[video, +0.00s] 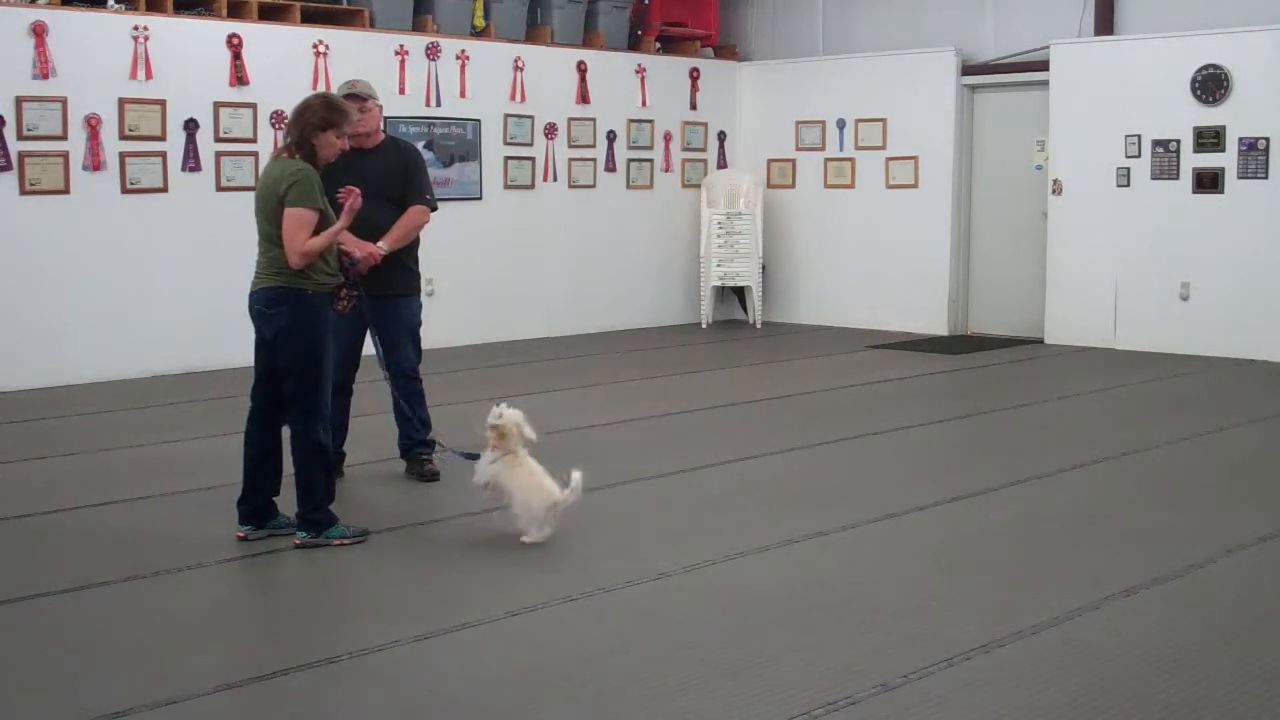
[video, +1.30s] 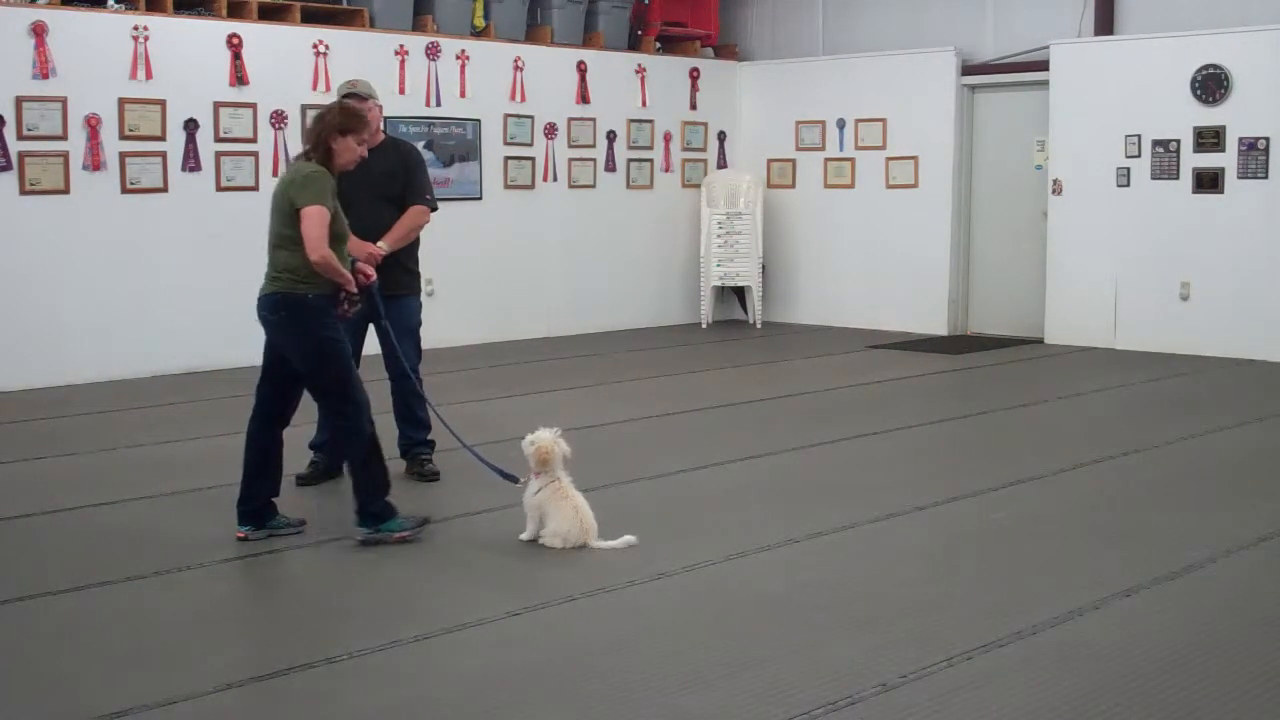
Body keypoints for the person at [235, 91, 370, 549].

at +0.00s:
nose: (344, 147)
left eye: (346, 139)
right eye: (340, 138)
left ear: (312, 133)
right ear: (316, 132)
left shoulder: (277, 170)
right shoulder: (302, 176)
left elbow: (293, 238)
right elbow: (297, 253)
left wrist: (339, 219)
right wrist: (341, 224)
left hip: (272, 299)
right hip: (299, 302)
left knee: (266, 409)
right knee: (311, 412)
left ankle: (256, 514)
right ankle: (316, 519)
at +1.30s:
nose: (363, 154)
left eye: (364, 146)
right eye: (358, 144)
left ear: (331, 140)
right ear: (335, 138)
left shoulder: (307, 177)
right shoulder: (314, 179)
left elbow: (331, 236)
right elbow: (317, 253)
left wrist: (356, 257)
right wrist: (348, 280)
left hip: (287, 306)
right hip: (303, 307)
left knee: (270, 414)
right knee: (351, 405)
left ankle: (256, 515)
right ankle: (375, 515)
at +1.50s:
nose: (414, 173)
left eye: (417, 166)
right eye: (411, 164)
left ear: (384, 153)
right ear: (388, 153)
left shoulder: (340, 181)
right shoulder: (367, 190)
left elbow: (332, 249)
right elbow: (363, 269)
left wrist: (375, 275)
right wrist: (377, 290)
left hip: (297, 306)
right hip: (329, 310)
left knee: (281, 413)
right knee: (373, 412)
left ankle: (256, 515)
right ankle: (391, 518)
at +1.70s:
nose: (465, 195)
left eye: (469, 188)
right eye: (464, 185)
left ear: (437, 171)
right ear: (444, 175)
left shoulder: (387, 187)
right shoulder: (413, 202)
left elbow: (362, 248)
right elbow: (402, 278)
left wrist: (397, 292)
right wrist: (400, 304)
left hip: (311, 296)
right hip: (347, 305)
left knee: (292, 404)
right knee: (382, 412)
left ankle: (261, 509)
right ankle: (391, 519)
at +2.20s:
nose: (509, 233)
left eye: (515, 227)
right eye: (511, 223)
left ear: (489, 201)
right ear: (494, 206)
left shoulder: (433, 203)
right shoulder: (460, 221)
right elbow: (445, 297)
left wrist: (419, 305)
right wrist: (424, 308)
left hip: (333, 291)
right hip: (372, 303)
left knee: (306, 398)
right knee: (395, 416)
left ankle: (270, 499)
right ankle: (393, 520)